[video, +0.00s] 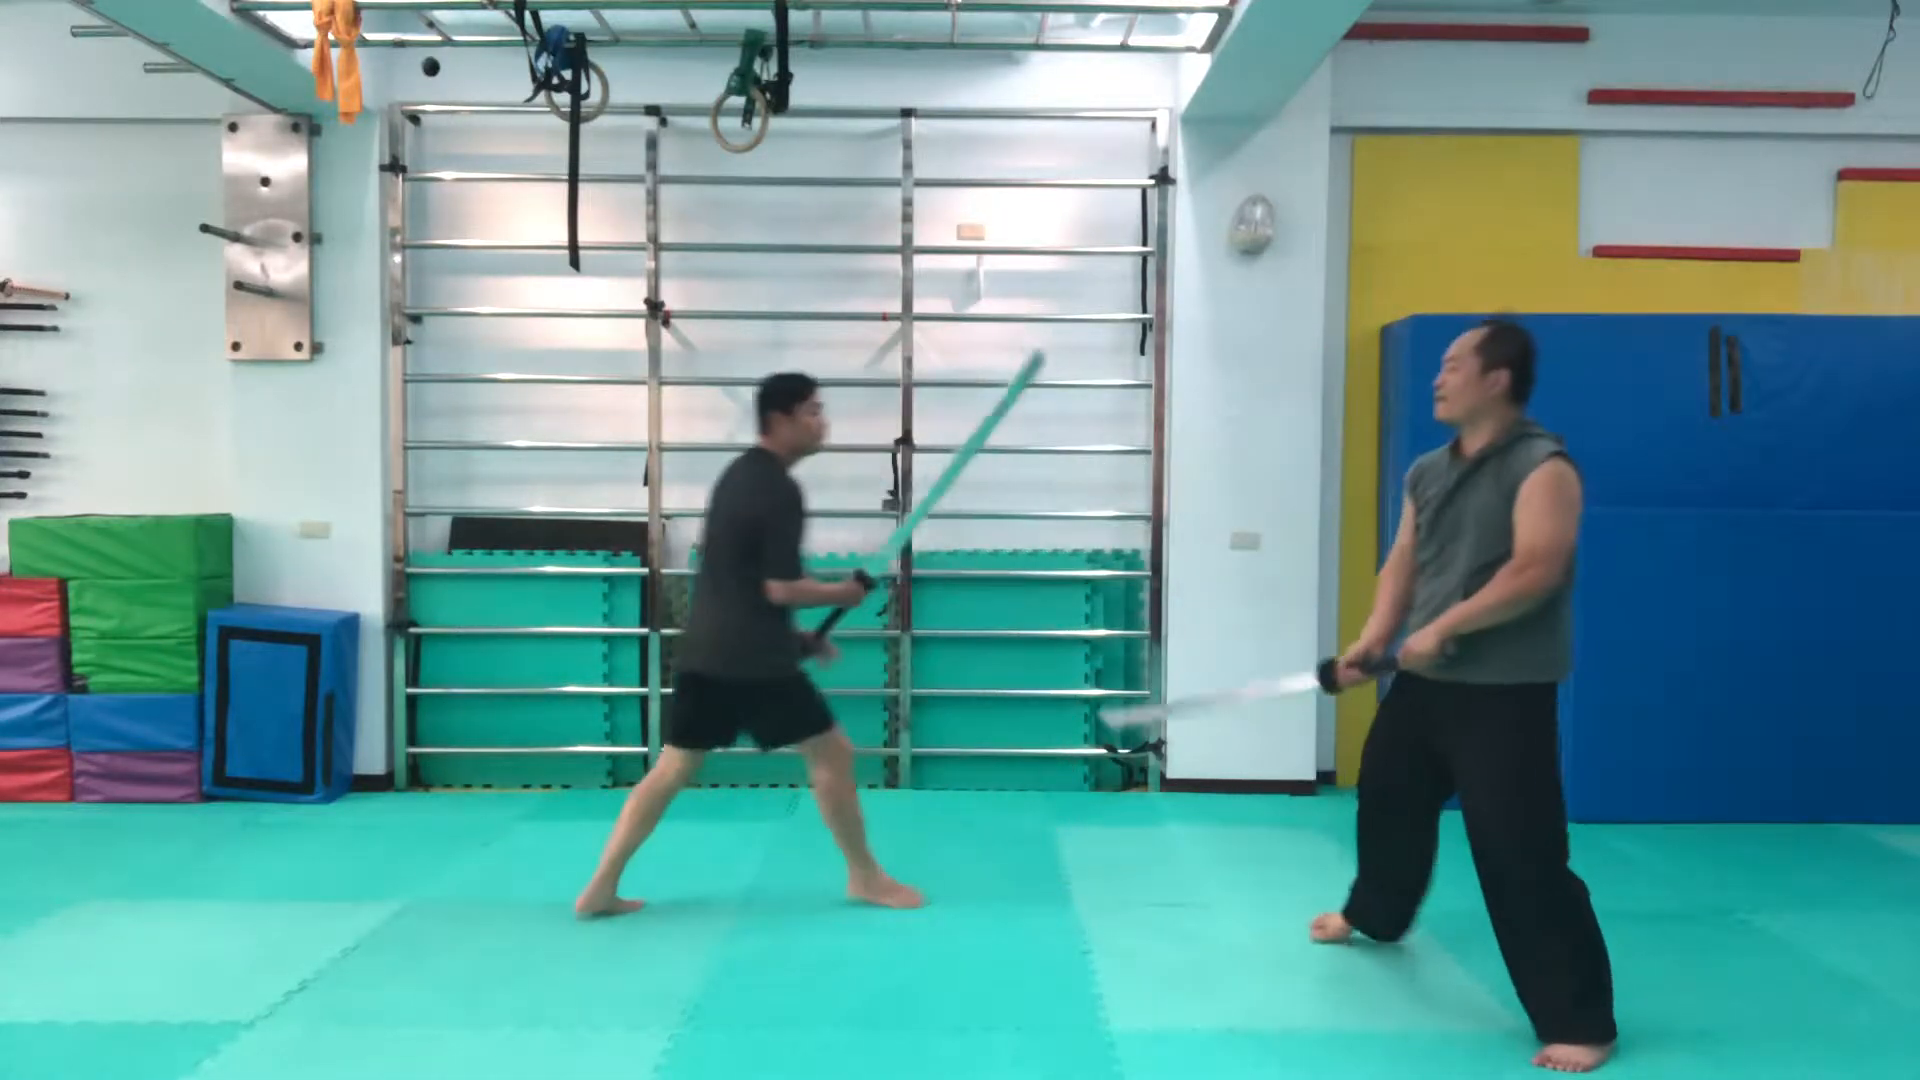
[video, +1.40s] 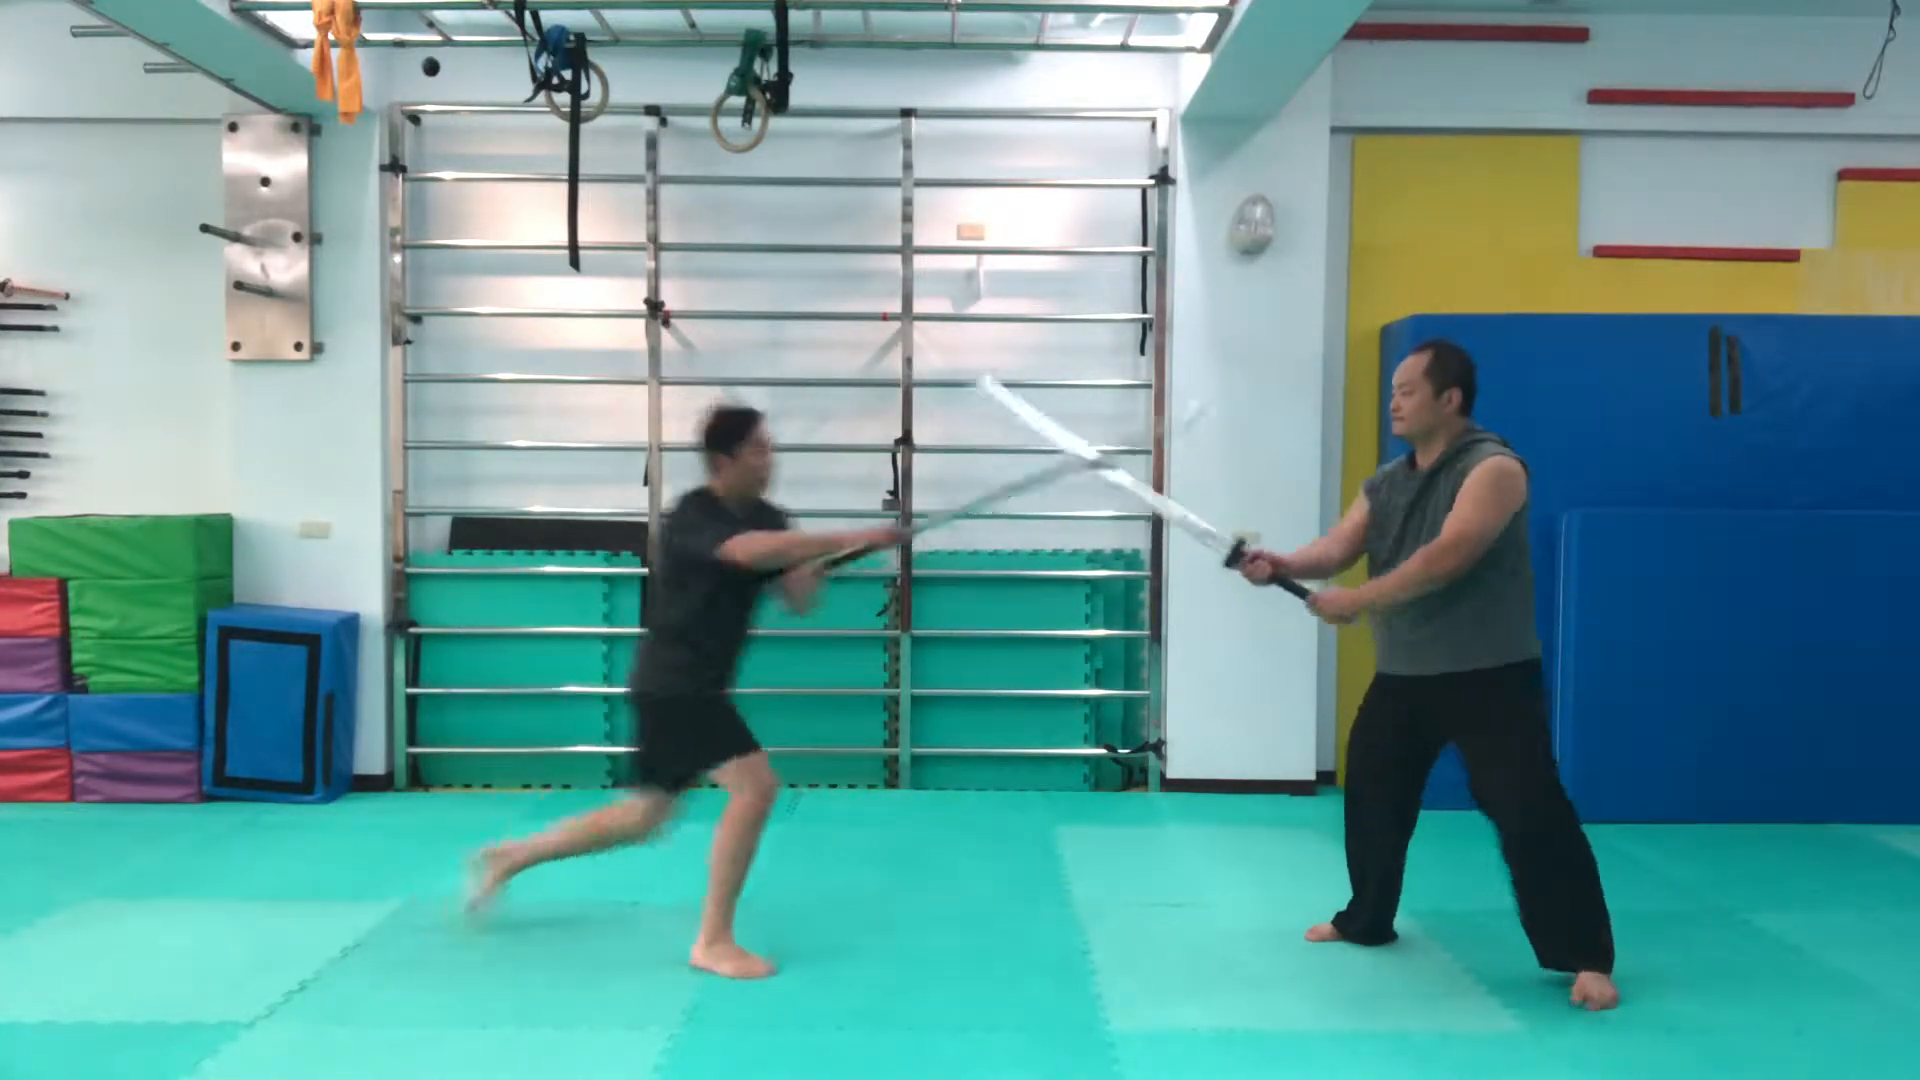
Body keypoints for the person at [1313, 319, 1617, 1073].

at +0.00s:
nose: (1438, 378)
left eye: (1453, 368)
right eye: (1441, 367)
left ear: (1500, 381)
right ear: (1474, 383)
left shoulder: (1543, 467)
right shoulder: (1428, 473)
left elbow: (1539, 570)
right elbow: (1401, 568)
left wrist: (1444, 630)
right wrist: (1371, 641)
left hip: (1504, 698)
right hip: (1423, 691)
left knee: (1524, 864)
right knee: (1388, 796)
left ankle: (1581, 1027)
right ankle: (1377, 914)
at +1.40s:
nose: (1393, 402)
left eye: (1405, 392)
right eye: (1393, 392)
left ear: (1450, 399)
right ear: (1415, 402)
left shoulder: (1494, 468)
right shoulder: (1387, 484)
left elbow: (1451, 554)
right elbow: (1338, 545)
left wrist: (1358, 598)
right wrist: (1282, 565)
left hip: (1493, 679)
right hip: (1405, 679)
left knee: (1533, 814)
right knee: (1373, 791)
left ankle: (1589, 961)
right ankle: (1368, 919)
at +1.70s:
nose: (1422, 440)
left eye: (1431, 427)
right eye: (1420, 427)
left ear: (1480, 427)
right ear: (1461, 430)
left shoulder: (1540, 474)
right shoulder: (1431, 493)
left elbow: (1464, 543)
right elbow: (1367, 549)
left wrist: (1369, 571)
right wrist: (1305, 600)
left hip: (1562, 686)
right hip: (1473, 687)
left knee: (1578, 839)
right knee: (1412, 786)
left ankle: (1627, 998)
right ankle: (1379, 913)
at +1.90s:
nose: (1397, 467)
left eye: (1402, 453)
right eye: (1392, 455)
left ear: (1445, 441)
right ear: (1440, 448)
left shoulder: (1500, 455)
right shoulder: (1463, 498)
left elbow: (1405, 501)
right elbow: (1451, 573)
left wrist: (1350, 538)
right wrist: (1371, 590)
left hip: (1573, 664)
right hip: (1505, 667)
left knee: (1586, 821)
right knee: (1398, 651)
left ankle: (1631, 994)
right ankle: (1494, 778)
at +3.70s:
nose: (1428, 379)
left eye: (1444, 371)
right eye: (1429, 369)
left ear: (1487, 385)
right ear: (1437, 384)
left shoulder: (1526, 467)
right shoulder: (1411, 472)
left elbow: (1523, 569)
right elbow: (1386, 553)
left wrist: (1447, 633)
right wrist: (1360, 612)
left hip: (1499, 683)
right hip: (1419, 679)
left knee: (1524, 834)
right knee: (1400, 800)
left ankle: (1572, 992)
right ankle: (1395, 915)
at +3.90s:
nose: (1395, 384)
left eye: (1408, 375)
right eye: (1395, 375)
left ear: (1452, 385)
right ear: (1407, 388)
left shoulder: (1497, 459)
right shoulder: (1389, 468)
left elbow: (1497, 558)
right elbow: (1371, 550)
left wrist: (1439, 634)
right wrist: (1354, 606)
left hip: (1491, 666)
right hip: (1412, 665)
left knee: (1525, 808)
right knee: (1400, 793)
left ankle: (1594, 958)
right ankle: (1399, 915)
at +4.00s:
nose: (1399, 388)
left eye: (1412, 379)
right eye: (1399, 379)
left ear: (1457, 388)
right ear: (1415, 390)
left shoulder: (1500, 462)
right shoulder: (1396, 471)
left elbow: (1500, 561)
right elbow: (1377, 552)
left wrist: (1437, 631)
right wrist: (1355, 605)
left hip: (1493, 665)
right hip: (1413, 664)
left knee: (1535, 801)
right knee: (1400, 792)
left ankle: (1599, 945)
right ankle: (1398, 916)